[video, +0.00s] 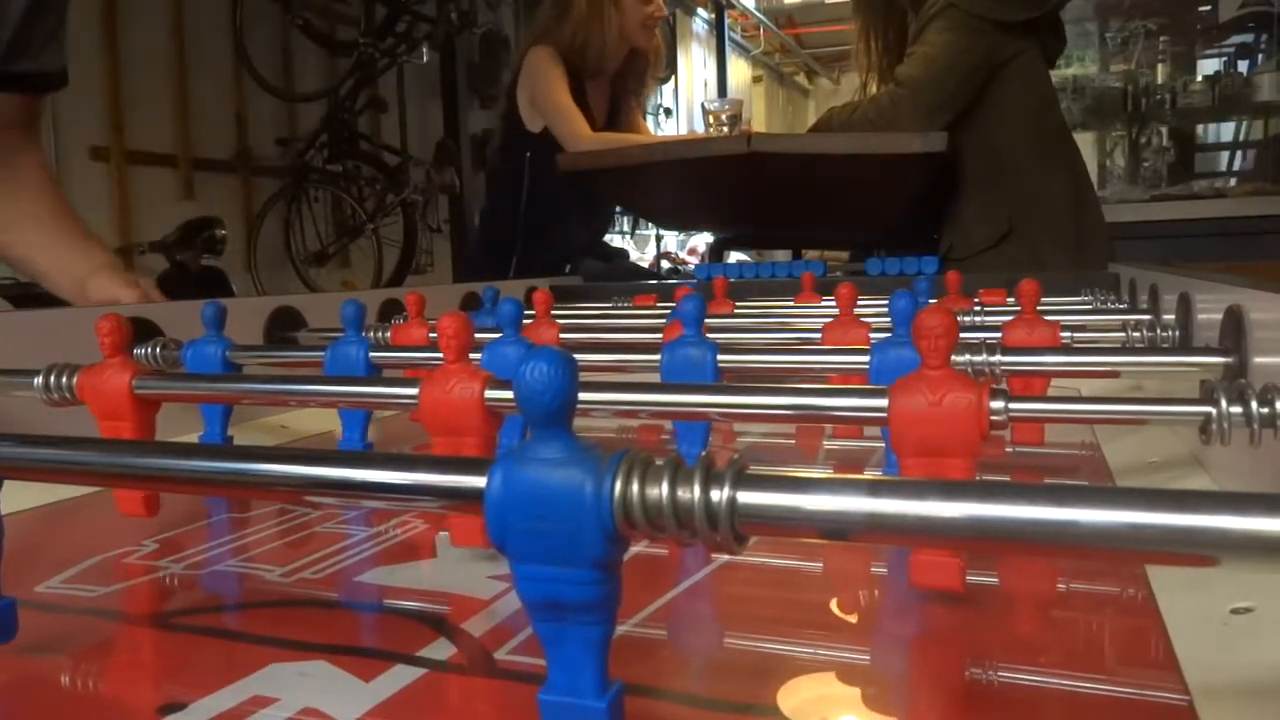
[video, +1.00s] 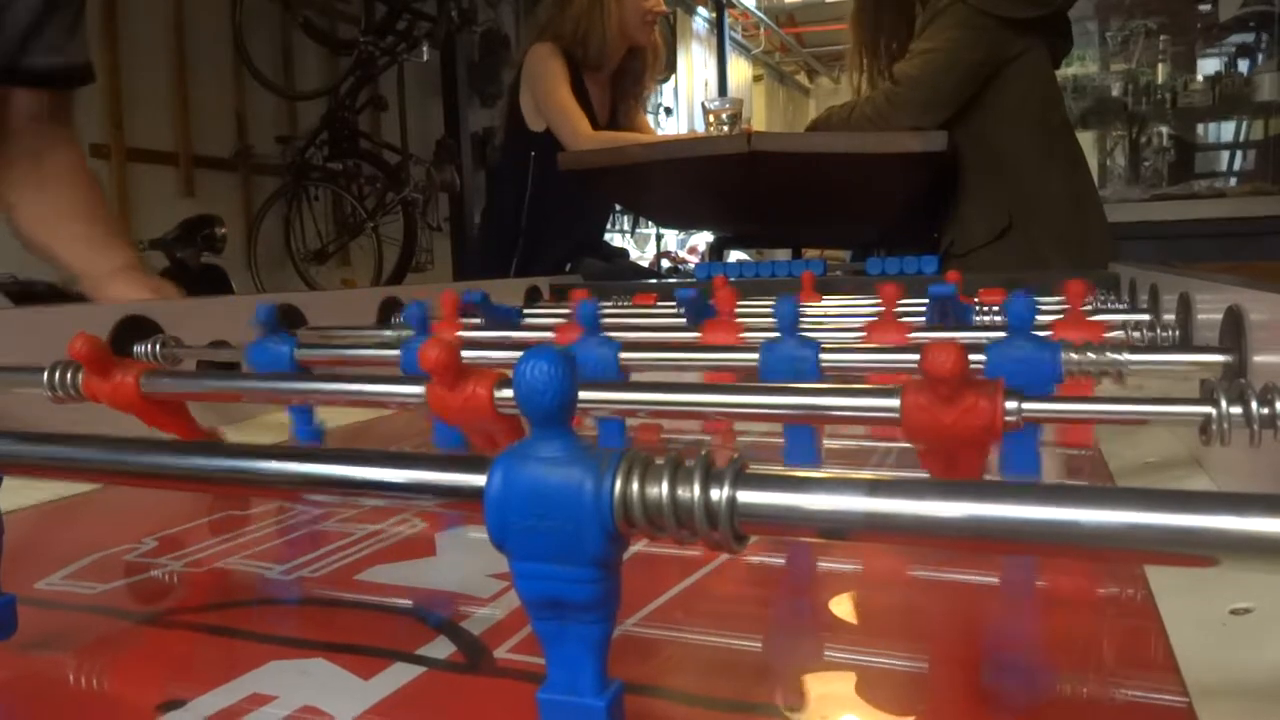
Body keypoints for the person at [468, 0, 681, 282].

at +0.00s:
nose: (661, 11)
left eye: (660, 2)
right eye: (646, 1)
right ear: (604, 7)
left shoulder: (615, 78)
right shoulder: (542, 61)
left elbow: (647, 150)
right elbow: (581, 144)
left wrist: (698, 145)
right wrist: (682, 146)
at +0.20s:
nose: (670, 9)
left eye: (669, 1)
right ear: (613, 6)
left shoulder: (621, 79)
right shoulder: (549, 60)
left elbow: (650, 151)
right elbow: (581, 144)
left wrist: (703, 146)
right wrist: (678, 147)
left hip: (579, 251)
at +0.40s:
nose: (670, 10)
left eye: (669, 1)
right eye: (655, 0)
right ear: (614, 7)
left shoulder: (625, 79)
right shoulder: (551, 59)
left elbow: (651, 152)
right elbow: (581, 143)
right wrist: (677, 148)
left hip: (580, 250)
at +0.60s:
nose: (667, 9)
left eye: (666, 2)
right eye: (652, 0)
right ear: (610, 7)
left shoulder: (620, 81)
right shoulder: (549, 60)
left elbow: (651, 151)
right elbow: (581, 143)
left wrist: (701, 146)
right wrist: (678, 147)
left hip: (580, 250)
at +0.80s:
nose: (661, 8)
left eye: (659, 1)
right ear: (606, 6)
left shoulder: (618, 78)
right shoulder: (545, 59)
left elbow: (648, 151)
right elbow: (581, 144)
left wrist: (694, 147)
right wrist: (676, 146)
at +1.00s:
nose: (661, 8)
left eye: (659, 1)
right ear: (606, 5)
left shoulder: (616, 78)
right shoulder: (544, 58)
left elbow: (650, 149)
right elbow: (581, 142)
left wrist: (701, 144)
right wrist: (679, 145)